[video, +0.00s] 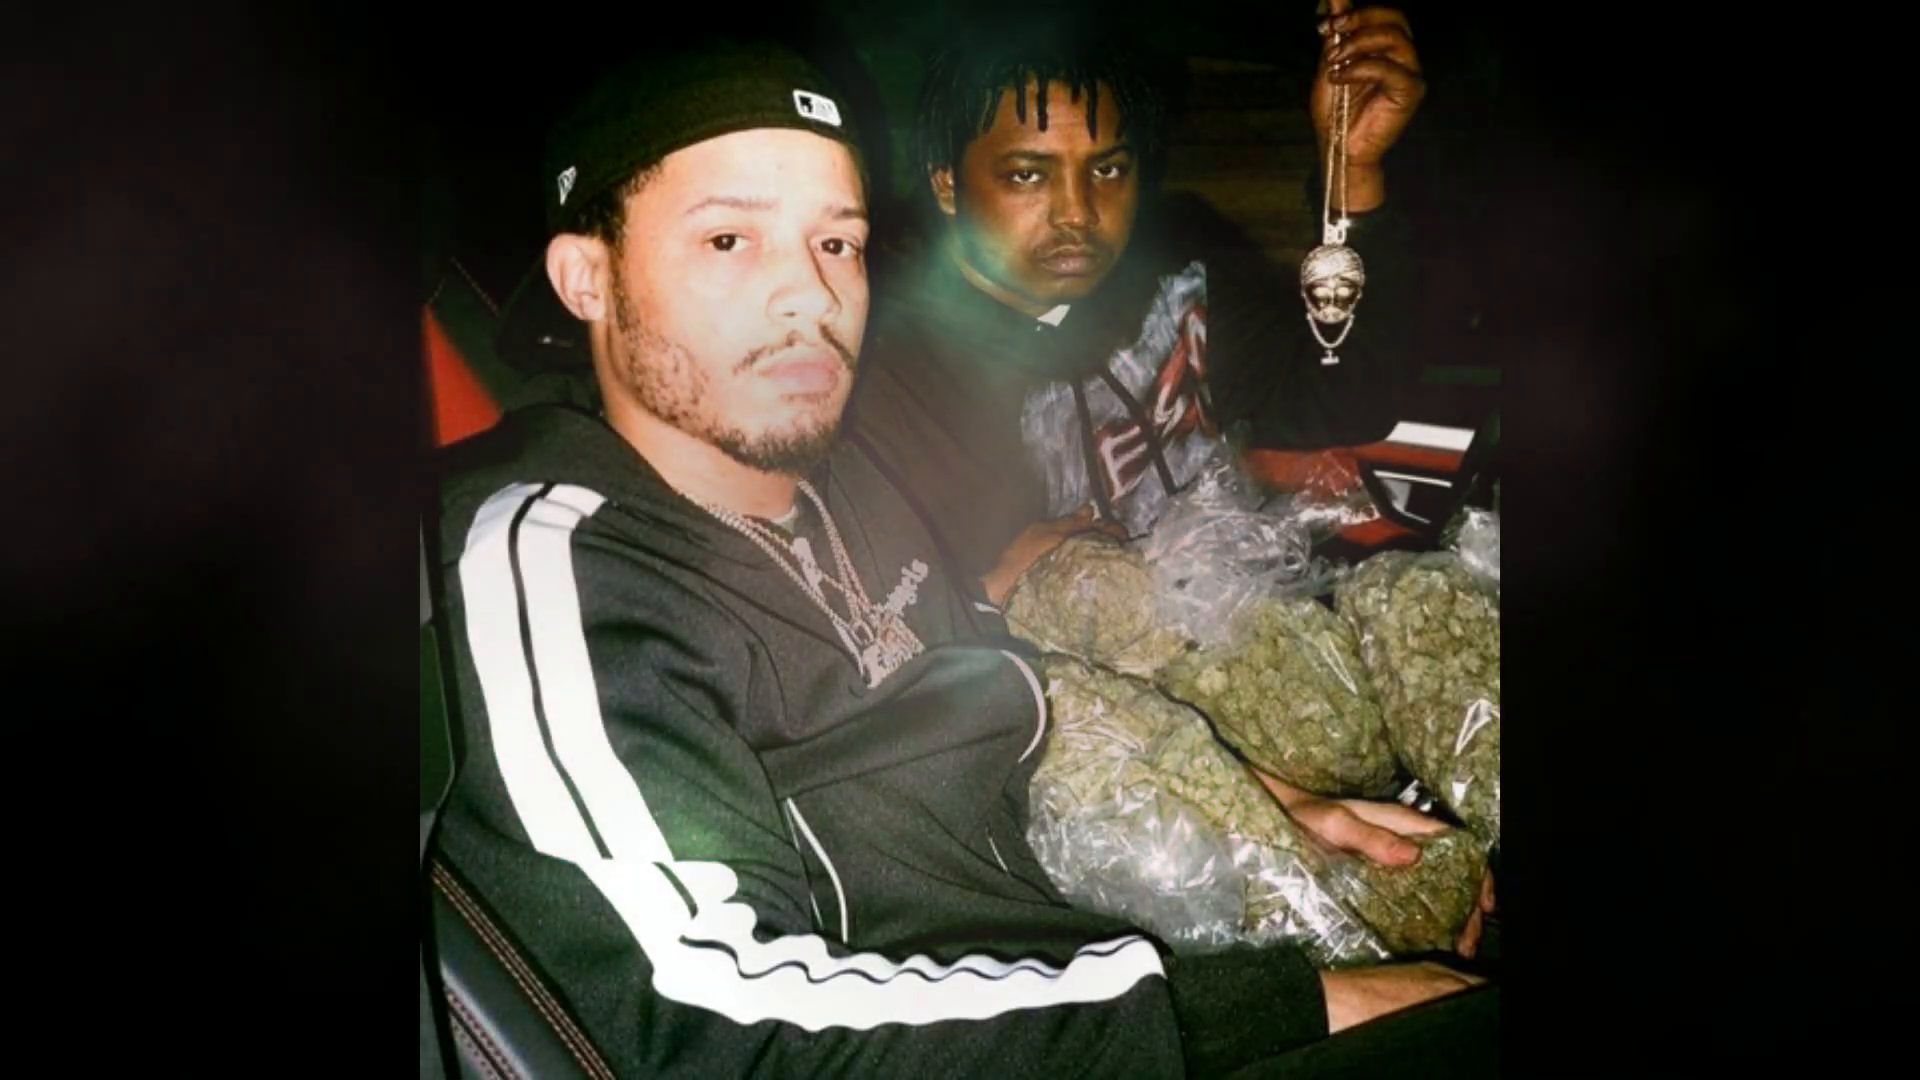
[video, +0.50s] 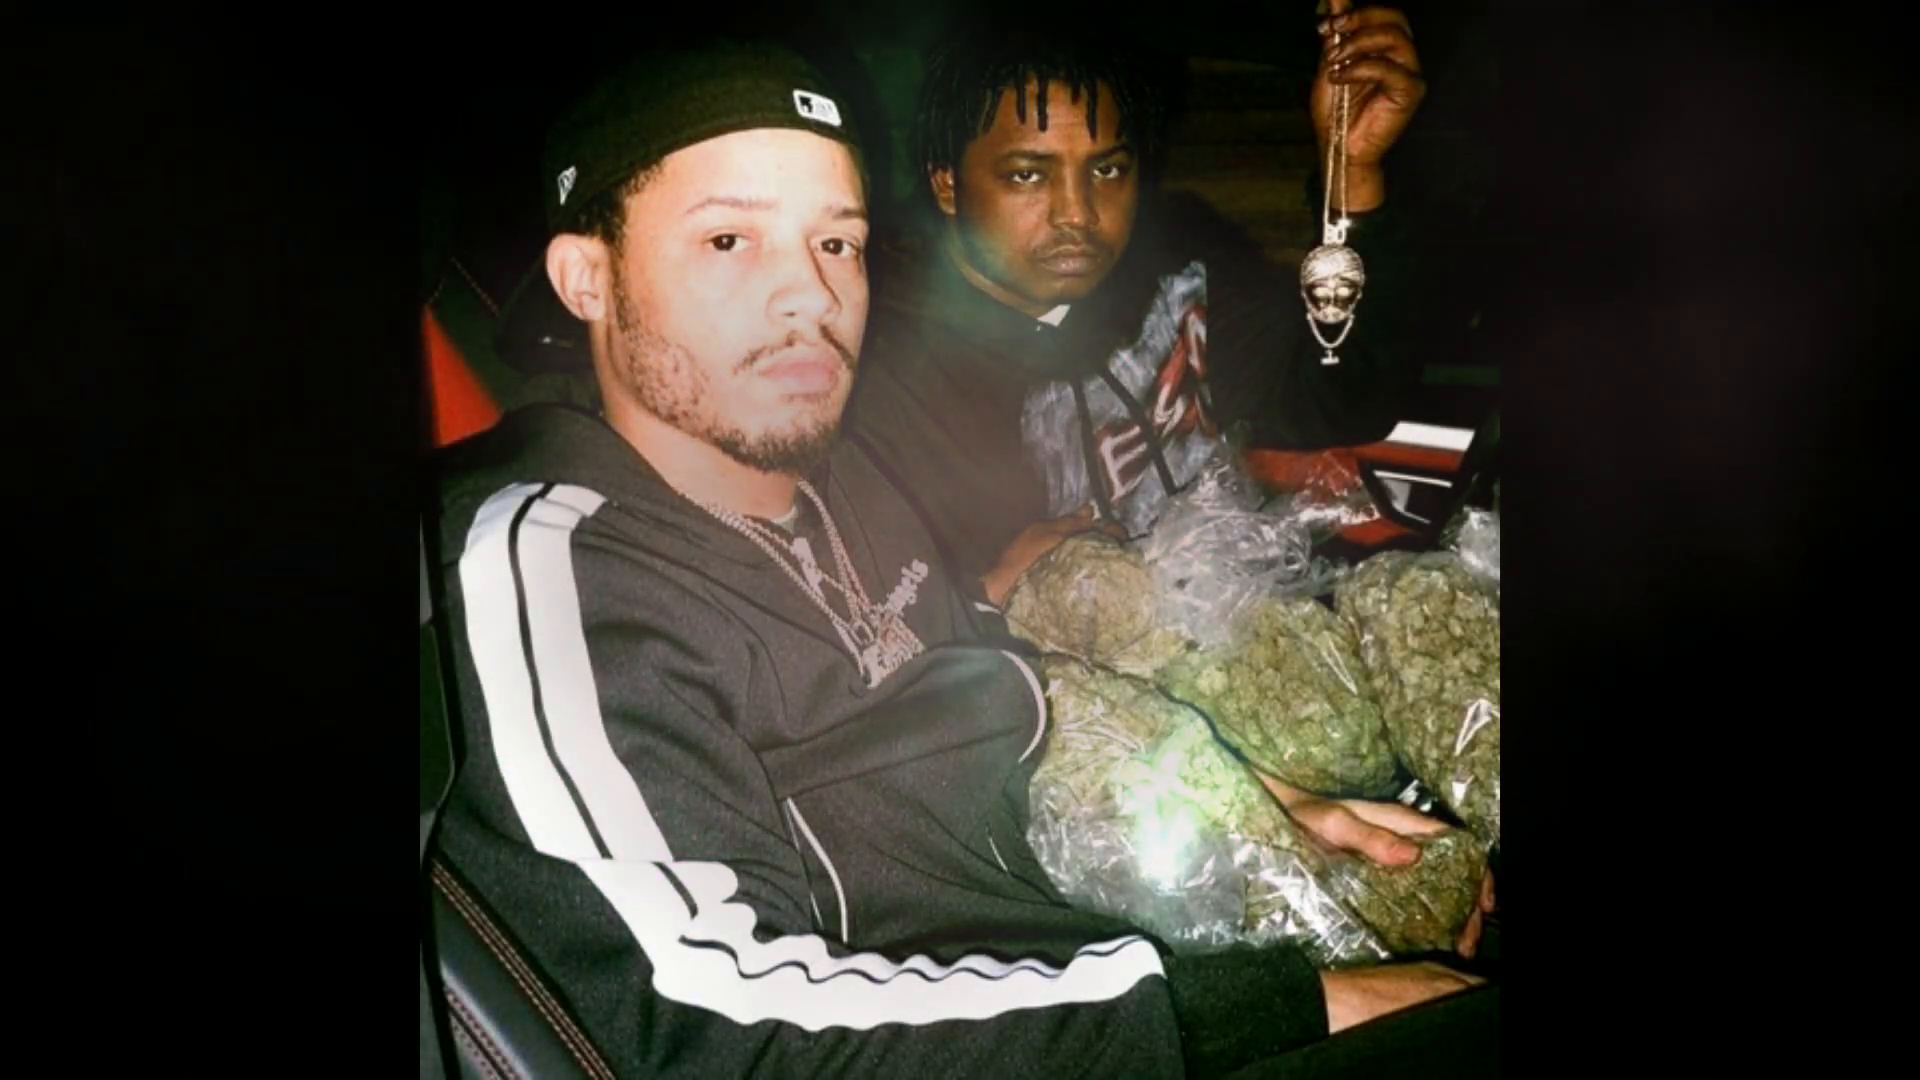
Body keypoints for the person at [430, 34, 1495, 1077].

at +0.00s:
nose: (812, 306)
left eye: (836, 249)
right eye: (728, 245)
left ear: (867, 267)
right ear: (587, 282)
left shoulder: (830, 483)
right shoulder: (536, 553)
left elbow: (1011, 746)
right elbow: (714, 1013)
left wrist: (1266, 825)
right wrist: (1277, 1006)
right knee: (1460, 1011)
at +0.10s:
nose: (811, 304)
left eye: (836, 249)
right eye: (729, 244)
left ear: (867, 269)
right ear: (588, 282)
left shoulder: (830, 488)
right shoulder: (535, 552)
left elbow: (1013, 746)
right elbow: (712, 1013)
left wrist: (1264, 826)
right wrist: (1279, 1007)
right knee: (1457, 1006)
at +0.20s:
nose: (812, 306)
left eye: (836, 250)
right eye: (729, 245)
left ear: (866, 269)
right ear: (588, 282)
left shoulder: (829, 486)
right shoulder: (534, 551)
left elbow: (1013, 739)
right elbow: (711, 1012)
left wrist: (1262, 822)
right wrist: (1278, 1008)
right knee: (1455, 1007)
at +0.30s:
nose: (812, 305)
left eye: (836, 250)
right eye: (729, 245)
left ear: (867, 269)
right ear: (588, 282)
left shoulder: (826, 485)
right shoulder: (535, 553)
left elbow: (1011, 746)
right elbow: (711, 1015)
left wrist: (1262, 826)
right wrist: (1276, 1007)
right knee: (1458, 1005)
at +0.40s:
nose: (813, 305)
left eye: (836, 249)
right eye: (729, 244)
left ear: (867, 269)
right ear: (589, 283)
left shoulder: (832, 482)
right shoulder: (535, 554)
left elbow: (1007, 747)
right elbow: (709, 1014)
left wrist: (1262, 829)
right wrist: (1278, 1007)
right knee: (1454, 1005)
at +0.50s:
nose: (812, 304)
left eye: (836, 249)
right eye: (729, 245)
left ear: (867, 269)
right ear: (589, 283)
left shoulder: (830, 480)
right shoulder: (533, 555)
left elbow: (1003, 744)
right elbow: (708, 1011)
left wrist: (1263, 832)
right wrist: (1277, 1006)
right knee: (1446, 1008)